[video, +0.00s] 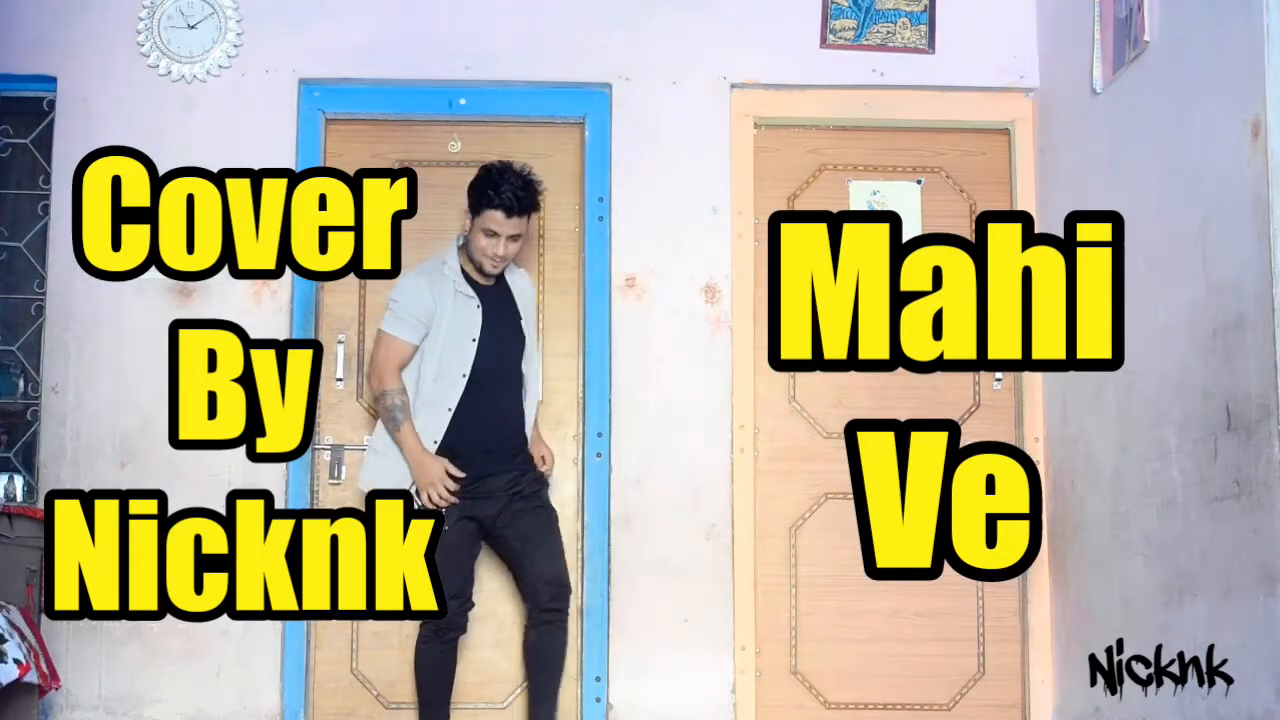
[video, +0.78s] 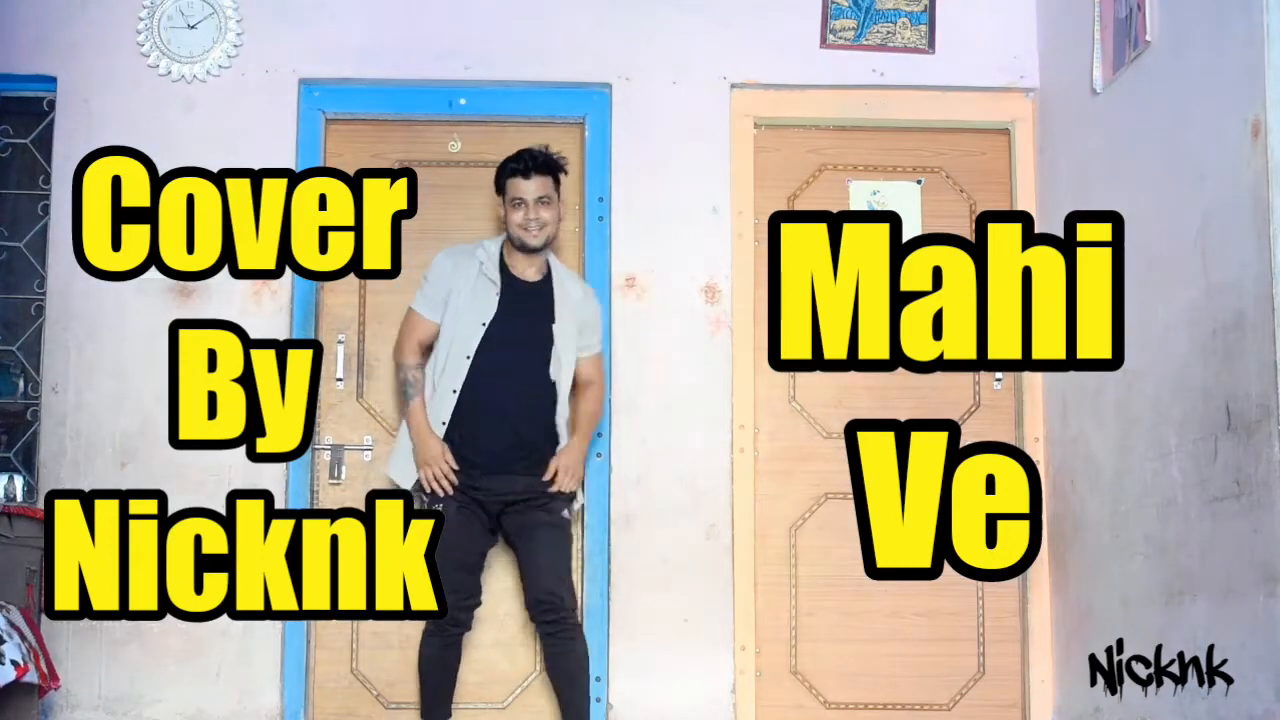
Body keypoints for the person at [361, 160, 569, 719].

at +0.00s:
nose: (501, 250)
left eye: (514, 238)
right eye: (490, 235)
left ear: (527, 232)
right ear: (468, 222)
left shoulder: (522, 286)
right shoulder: (425, 284)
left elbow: (525, 370)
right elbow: (384, 373)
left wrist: (533, 431)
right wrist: (417, 457)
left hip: (517, 484)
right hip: (446, 489)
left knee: (552, 602)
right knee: (445, 620)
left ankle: (543, 717)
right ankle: (434, 719)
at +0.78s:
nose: (532, 215)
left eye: (543, 202)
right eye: (519, 203)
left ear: (559, 210)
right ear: (502, 210)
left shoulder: (580, 298)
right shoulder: (454, 268)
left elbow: (589, 384)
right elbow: (410, 352)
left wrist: (578, 446)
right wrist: (421, 434)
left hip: (538, 487)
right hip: (456, 485)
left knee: (556, 615)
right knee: (448, 616)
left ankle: (579, 719)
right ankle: (434, 718)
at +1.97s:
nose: (472, 215)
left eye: (488, 205)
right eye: (464, 201)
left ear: (506, 212)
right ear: (450, 203)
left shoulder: (540, 264)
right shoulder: (418, 297)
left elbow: (586, 343)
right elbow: (409, 396)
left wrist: (580, 417)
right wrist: (425, 460)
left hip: (545, 469)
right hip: (464, 481)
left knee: (562, 611)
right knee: (432, 615)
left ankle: (580, 719)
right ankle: (413, 718)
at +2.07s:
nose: (457, 205)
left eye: (472, 196)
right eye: (448, 192)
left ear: (491, 205)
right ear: (433, 198)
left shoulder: (522, 263)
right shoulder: (400, 288)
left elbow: (559, 343)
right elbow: (382, 387)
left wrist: (560, 419)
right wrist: (400, 458)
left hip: (524, 471)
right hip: (442, 481)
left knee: (551, 607)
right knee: (424, 618)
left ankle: (578, 717)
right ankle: (411, 719)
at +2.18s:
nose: (447, 203)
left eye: (461, 194)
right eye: (436, 192)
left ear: (480, 205)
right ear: (420, 200)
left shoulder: (507, 270)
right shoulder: (385, 280)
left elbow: (541, 348)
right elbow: (359, 380)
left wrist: (543, 422)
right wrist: (384, 456)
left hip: (507, 473)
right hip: (424, 482)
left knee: (542, 602)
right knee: (412, 616)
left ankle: (567, 717)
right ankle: (408, 718)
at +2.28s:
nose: (436, 207)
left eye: (451, 198)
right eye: (426, 196)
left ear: (470, 212)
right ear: (413, 207)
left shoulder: (493, 276)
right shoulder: (377, 283)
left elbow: (527, 361)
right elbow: (343, 379)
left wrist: (530, 430)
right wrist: (376, 459)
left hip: (494, 479)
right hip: (414, 484)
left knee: (533, 594)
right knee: (406, 616)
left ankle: (536, 713)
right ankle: (406, 719)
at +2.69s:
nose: (427, 201)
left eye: (439, 191)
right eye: (416, 190)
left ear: (458, 201)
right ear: (398, 199)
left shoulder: (485, 271)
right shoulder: (372, 274)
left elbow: (559, 320)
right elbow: (360, 349)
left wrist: (601, 380)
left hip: (473, 472)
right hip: (395, 476)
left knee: (476, 611)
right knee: (393, 613)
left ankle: (473, 718)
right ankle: (387, 717)